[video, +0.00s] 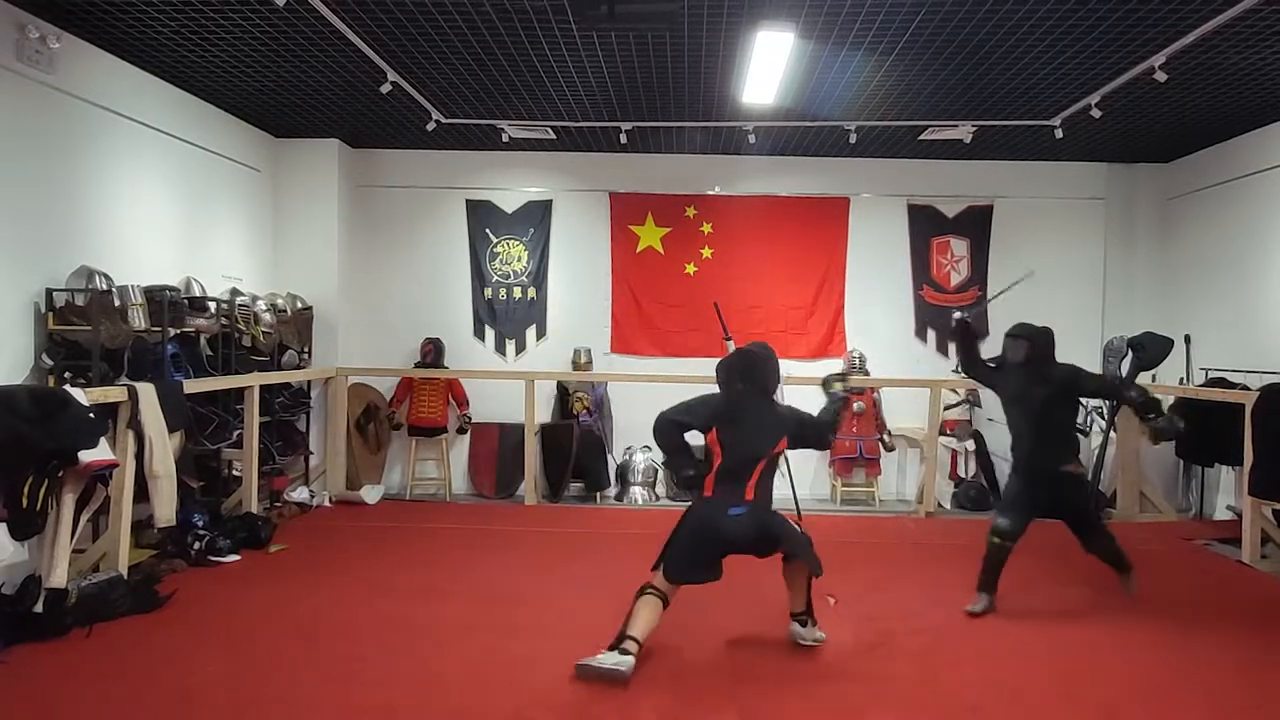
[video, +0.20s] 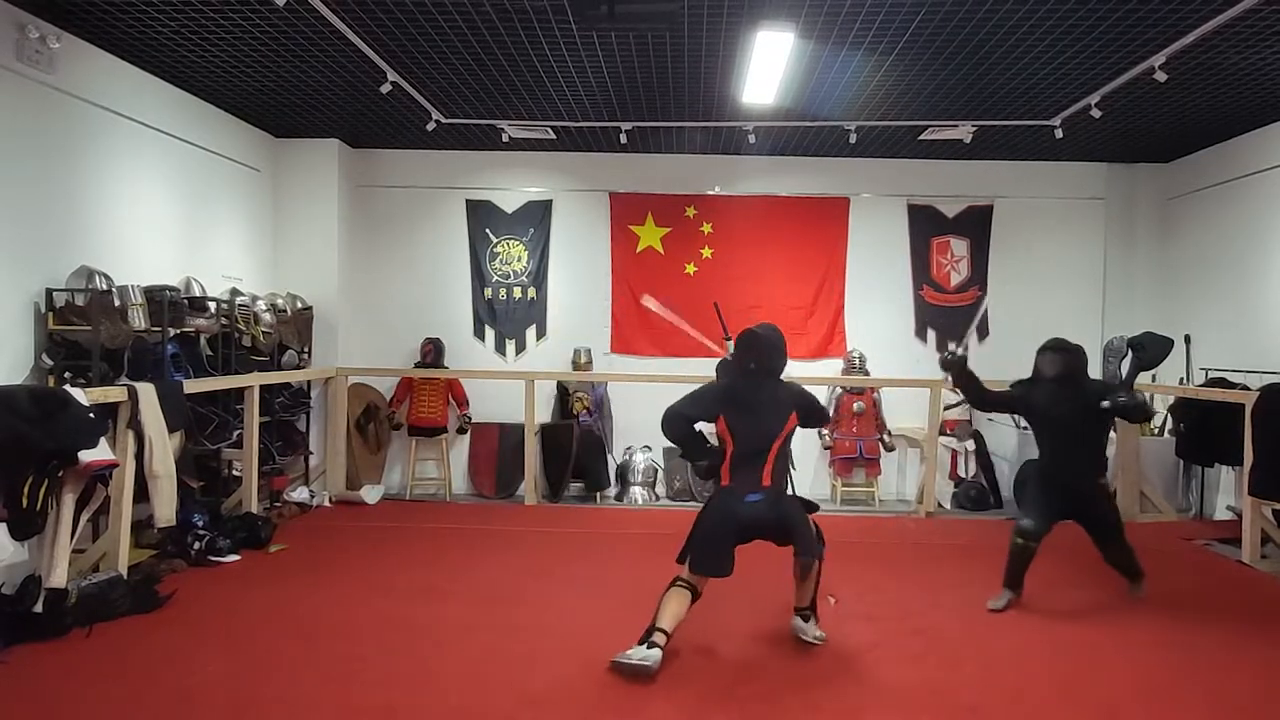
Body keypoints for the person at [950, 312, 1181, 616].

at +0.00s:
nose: (1011, 353)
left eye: (1019, 346)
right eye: (1009, 346)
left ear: (1037, 350)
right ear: (1005, 348)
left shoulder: (1064, 377)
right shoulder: (1004, 377)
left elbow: (1111, 386)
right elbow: (972, 365)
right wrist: (965, 335)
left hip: (1066, 477)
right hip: (1025, 476)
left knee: (1094, 540)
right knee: (1000, 535)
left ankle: (1126, 570)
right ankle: (985, 594)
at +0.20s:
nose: (1049, 367)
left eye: (1056, 361)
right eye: (1043, 361)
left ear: (1073, 366)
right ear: (1037, 364)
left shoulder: (1099, 392)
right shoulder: (1031, 395)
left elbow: (1142, 413)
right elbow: (983, 399)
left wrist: (1130, 406)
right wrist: (960, 371)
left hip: (1089, 488)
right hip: (1048, 485)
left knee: (1114, 549)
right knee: (1026, 532)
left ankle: (1136, 578)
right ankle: (1010, 590)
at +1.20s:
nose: (1074, 363)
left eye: (1082, 356)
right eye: (1069, 355)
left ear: (1096, 355)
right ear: (1060, 353)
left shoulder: (1118, 385)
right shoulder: (1048, 385)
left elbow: (1146, 426)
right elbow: (1022, 426)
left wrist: (1139, 464)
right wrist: (1017, 459)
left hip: (1096, 475)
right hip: (1054, 473)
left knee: (1115, 540)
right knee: (1030, 529)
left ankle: (1133, 586)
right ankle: (1021, 593)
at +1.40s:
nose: (1034, 360)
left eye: (1041, 353)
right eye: (1030, 353)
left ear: (1060, 353)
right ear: (1027, 353)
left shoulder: (1092, 383)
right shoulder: (1022, 386)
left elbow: (1130, 423)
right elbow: (996, 428)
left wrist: (1110, 463)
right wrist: (997, 467)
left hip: (1085, 467)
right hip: (1041, 466)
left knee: (1099, 542)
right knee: (1025, 528)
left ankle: (1130, 583)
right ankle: (1020, 594)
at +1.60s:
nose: (1025, 350)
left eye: (1032, 344)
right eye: (1022, 344)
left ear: (1050, 345)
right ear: (1018, 348)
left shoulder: (1079, 373)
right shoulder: (1016, 382)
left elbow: (1113, 420)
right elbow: (995, 429)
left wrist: (1075, 446)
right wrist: (999, 465)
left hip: (1080, 462)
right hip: (1037, 461)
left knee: (1080, 537)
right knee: (1021, 527)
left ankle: (1093, 568)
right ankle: (1019, 594)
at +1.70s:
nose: (1032, 349)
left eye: (1039, 343)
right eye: (1029, 342)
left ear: (1056, 344)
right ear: (1023, 345)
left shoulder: (1082, 371)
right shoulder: (1019, 379)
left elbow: (1103, 416)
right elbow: (1001, 426)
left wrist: (1058, 428)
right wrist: (1007, 458)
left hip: (1074, 461)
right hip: (1033, 460)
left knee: (1075, 529)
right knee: (1021, 527)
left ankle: (1080, 576)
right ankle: (1018, 593)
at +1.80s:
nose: (1041, 347)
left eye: (1047, 341)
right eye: (1037, 340)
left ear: (1064, 342)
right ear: (1032, 341)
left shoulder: (1089, 373)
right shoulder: (1027, 375)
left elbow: (1098, 416)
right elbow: (1007, 422)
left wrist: (1046, 411)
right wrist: (1014, 453)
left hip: (1076, 459)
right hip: (1035, 457)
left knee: (1076, 531)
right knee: (1024, 523)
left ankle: (1075, 581)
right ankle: (1018, 590)